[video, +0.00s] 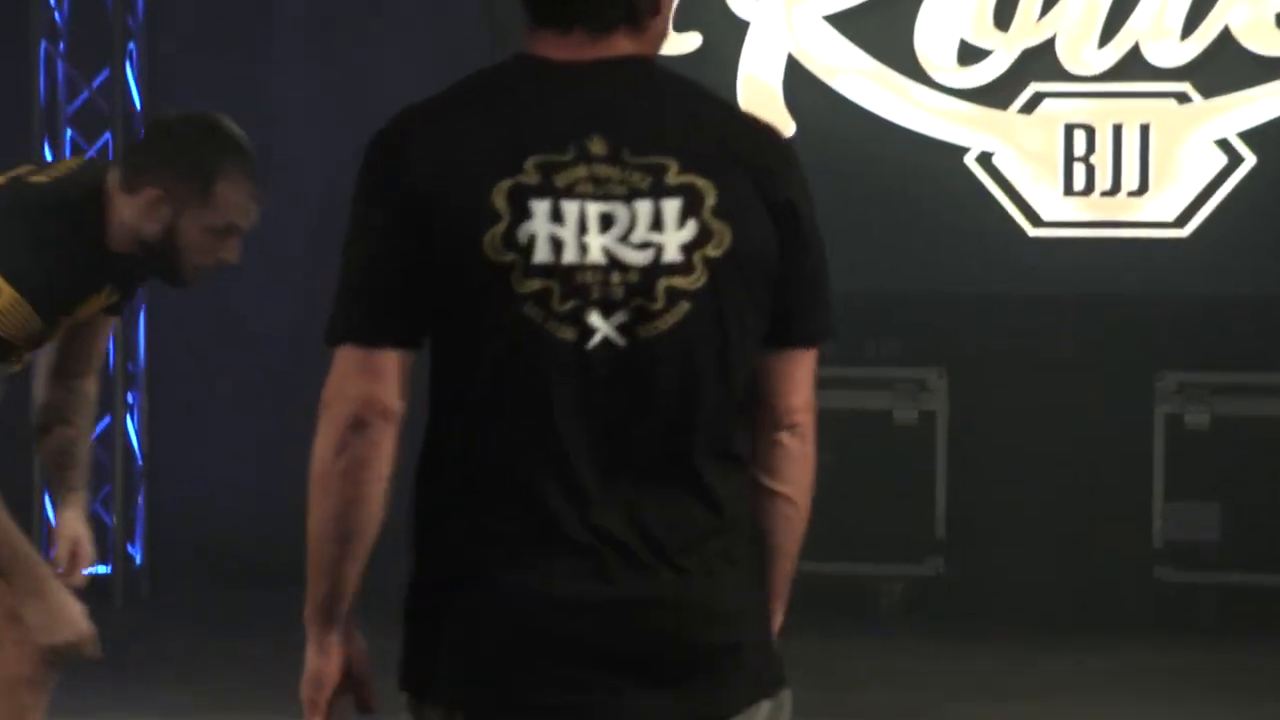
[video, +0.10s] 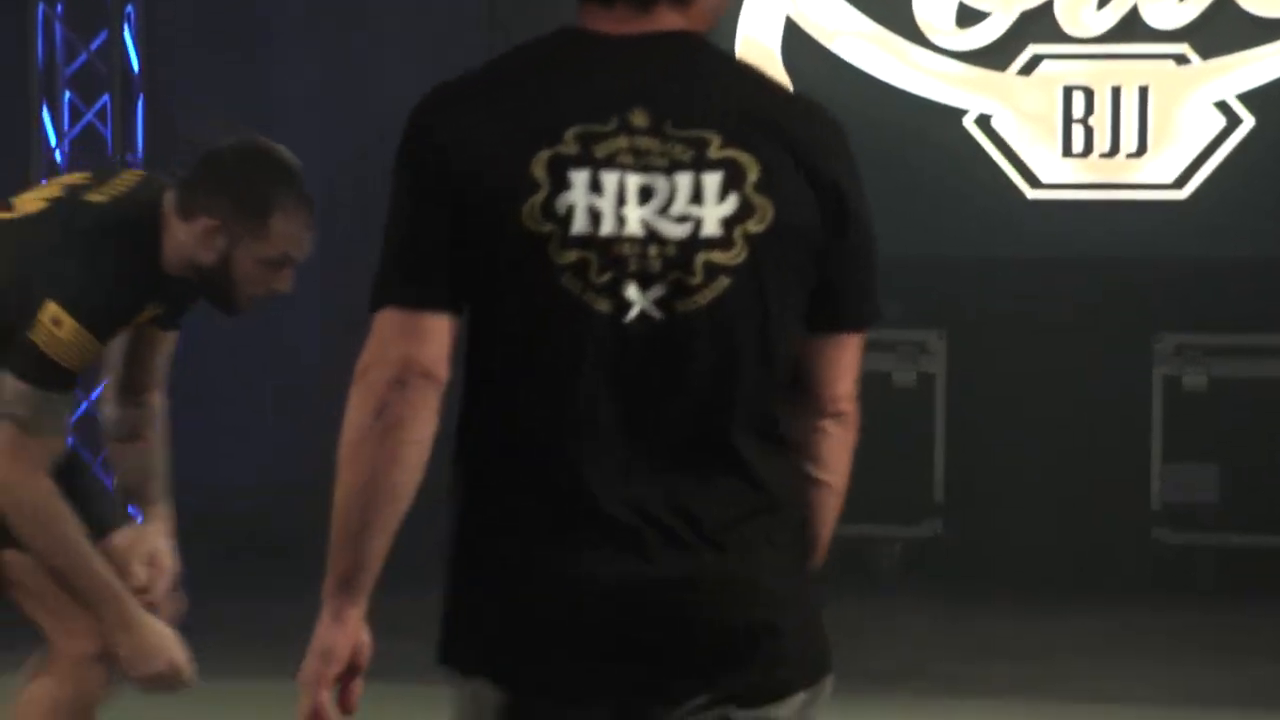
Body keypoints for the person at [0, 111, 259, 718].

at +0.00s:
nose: (232, 256)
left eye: (240, 236)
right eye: (220, 231)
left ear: (152, 204)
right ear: (154, 204)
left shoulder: (125, 237)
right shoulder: (32, 250)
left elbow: (73, 377)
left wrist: (70, 506)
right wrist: (30, 586)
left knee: (30, 638)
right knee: (37, 634)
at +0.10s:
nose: (286, 286)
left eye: (293, 266)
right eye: (274, 264)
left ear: (209, 233)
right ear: (209, 236)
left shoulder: (178, 244)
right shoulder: (90, 271)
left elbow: (139, 394)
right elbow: (15, 474)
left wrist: (153, 519)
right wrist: (126, 623)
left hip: (30, 419)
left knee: (146, 599)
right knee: (84, 643)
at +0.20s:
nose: (360, 309)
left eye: (366, 293)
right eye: (350, 291)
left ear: (290, 262)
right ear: (292, 266)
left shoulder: (262, 256)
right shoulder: (189, 301)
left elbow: (263, 395)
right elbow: (153, 495)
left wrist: (287, 493)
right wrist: (250, 630)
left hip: (131, 396)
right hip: (45, 417)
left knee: (291, 527)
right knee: (192, 607)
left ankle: (292, 704)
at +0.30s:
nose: (425, 322)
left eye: (430, 308)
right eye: (417, 308)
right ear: (362, 288)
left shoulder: (339, 257)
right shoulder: (277, 331)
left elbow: (363, 374)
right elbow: (265, 503)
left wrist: (395, 457)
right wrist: (337, 624)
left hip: (224, 383)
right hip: (146, 406)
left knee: (381, 486)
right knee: (283, 568)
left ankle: (488, 667)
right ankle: (137, 702)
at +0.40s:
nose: (464, 319)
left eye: (467, 307)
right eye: (459, 308)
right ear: (422, 296)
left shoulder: (400, 265)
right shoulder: (339, 336)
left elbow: (427, 362)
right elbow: (338, 498)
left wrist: (469, 443)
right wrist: (396, 614)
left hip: (304, 370)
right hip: (236, 396)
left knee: (443, 449)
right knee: (337, 546)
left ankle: (522, 622)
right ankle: (181, 618)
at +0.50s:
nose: (480, 330)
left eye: (486, 318)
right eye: (474, 318)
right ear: (450, 301)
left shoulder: (449, 268)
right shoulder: (391, 348)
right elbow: (390, 494)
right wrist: (423, 603)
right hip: (301, 385)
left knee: (494, 413)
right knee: (392, 533)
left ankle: (523, 566)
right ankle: (232, 551)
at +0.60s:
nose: (529, 318)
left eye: (531, 309)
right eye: (526, 309)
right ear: (498, 298)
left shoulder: (477, 281)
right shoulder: (443, 345)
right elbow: (426, 466)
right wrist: (434, 573)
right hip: (362, 397)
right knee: (470, 525)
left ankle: (521, 528)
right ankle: (320, 500)